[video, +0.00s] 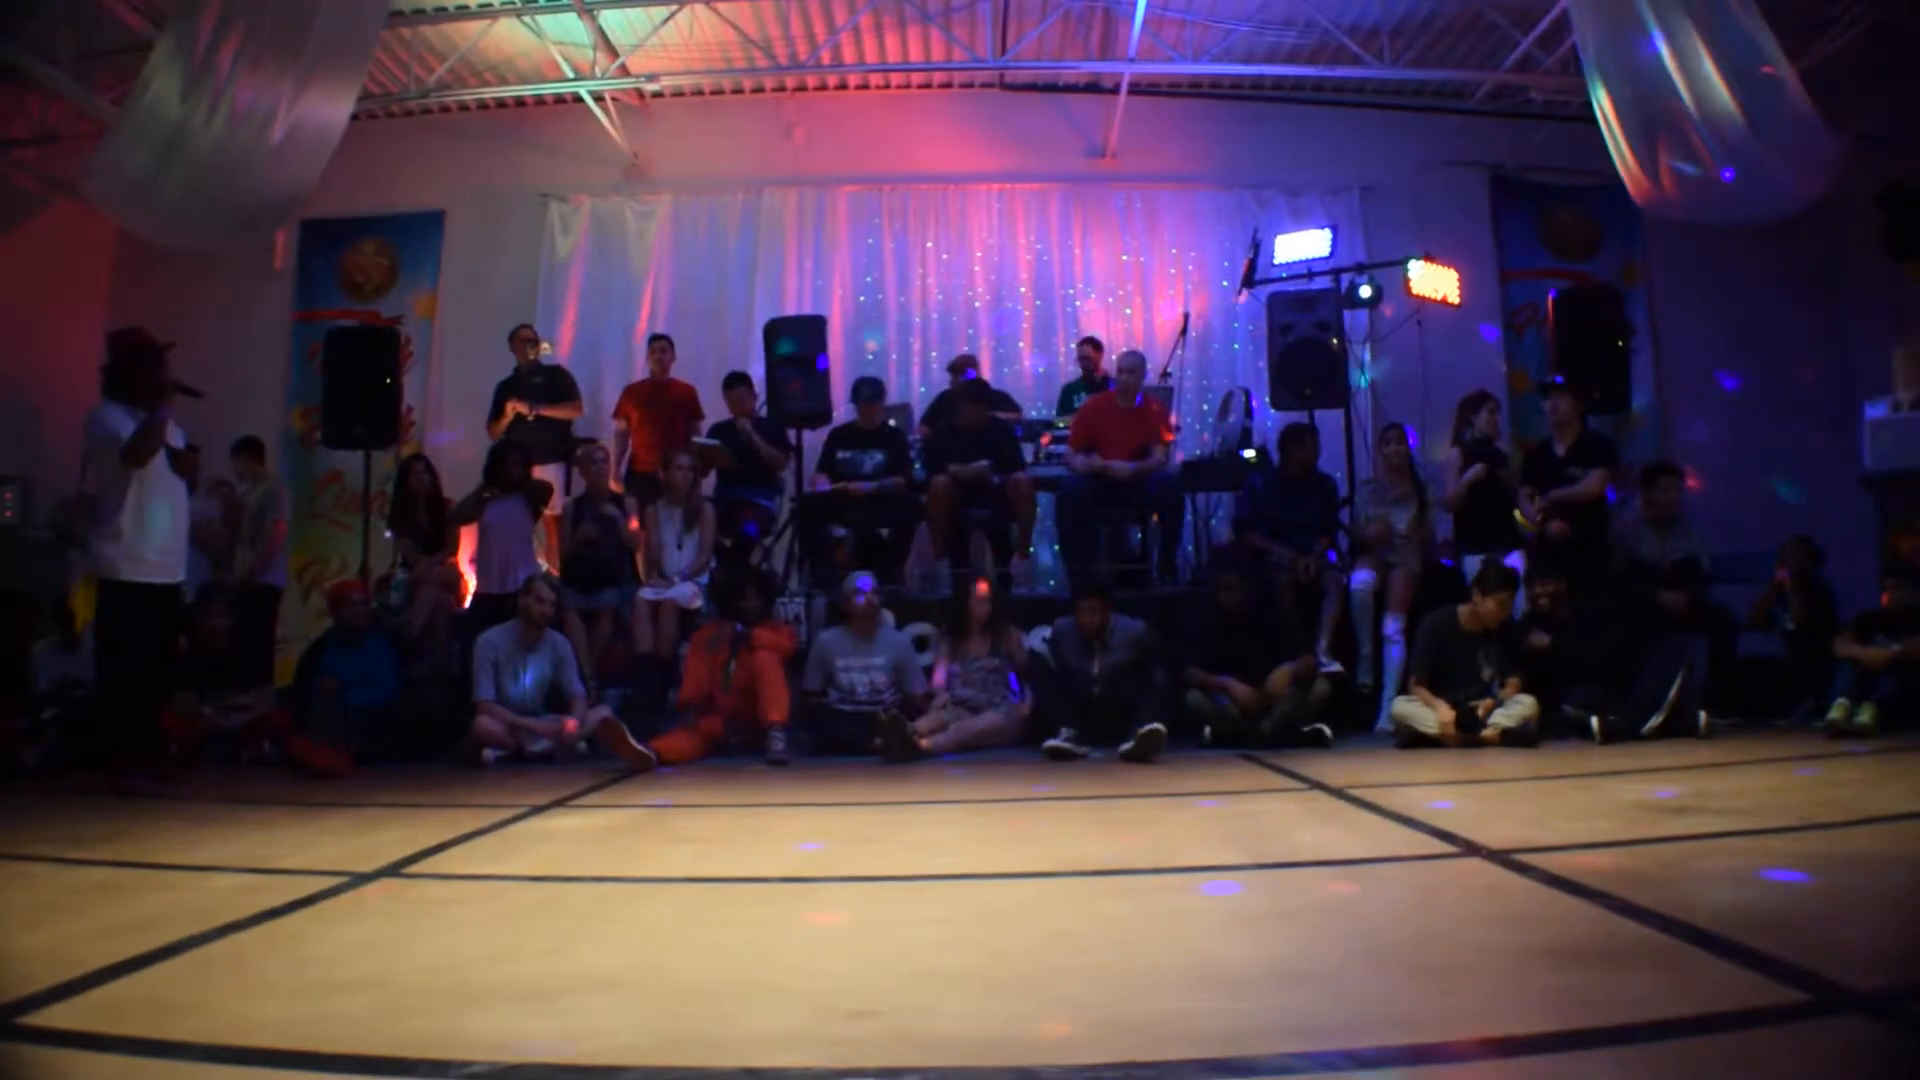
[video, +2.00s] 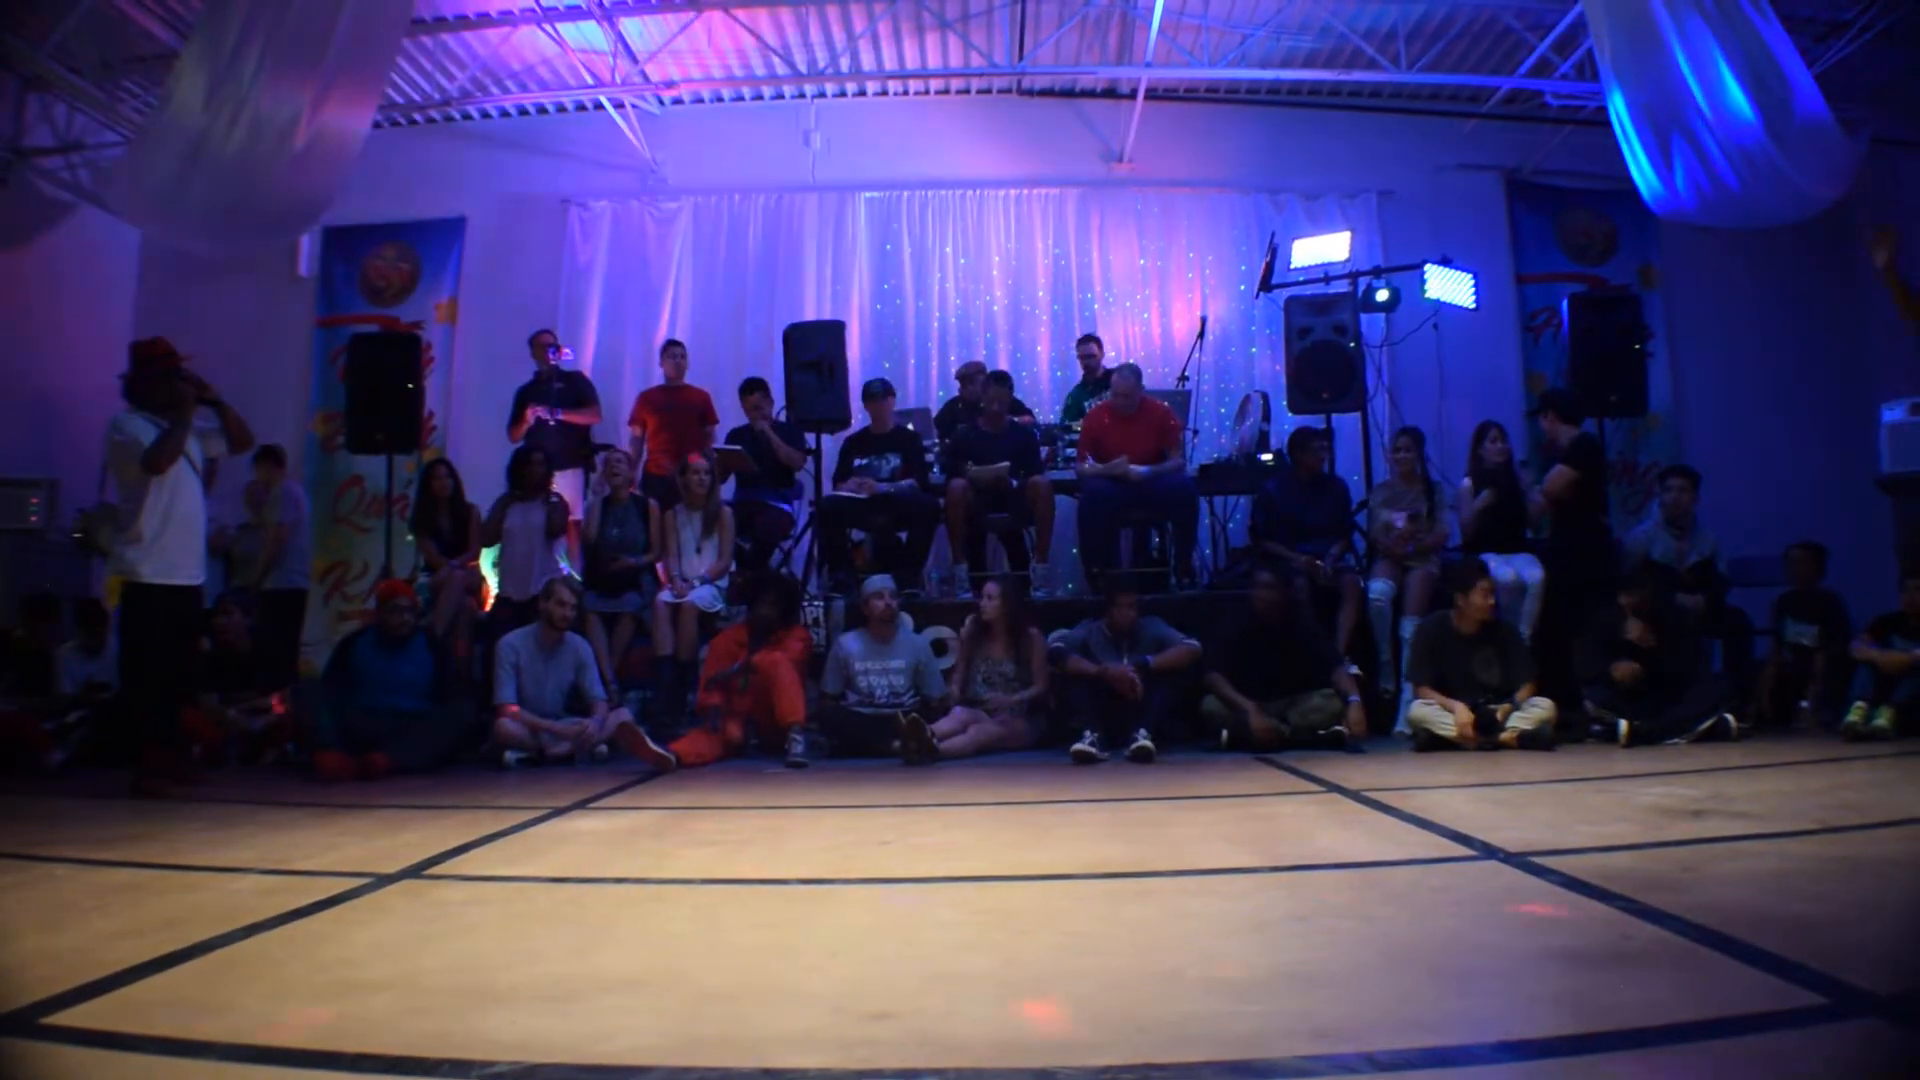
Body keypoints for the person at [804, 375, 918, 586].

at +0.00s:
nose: (868, 411)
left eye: (873, 404)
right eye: (863, 405)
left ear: (882, 405)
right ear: (855, 405)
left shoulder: (894, 436)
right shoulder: (838, 435)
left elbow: (903, 479)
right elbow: (820, 480)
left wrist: (870, 487)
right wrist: (842, 488)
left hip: (881, 501)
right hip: (844, 501)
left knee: (909, 506)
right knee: (809, 506)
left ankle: (890, 572)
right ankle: (821, 574)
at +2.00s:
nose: (879, 406)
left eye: (883, 400)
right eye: (873, 401)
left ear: (893, 401)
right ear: (866, 405)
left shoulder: (909, 438)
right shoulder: (853, 442)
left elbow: (919, 481)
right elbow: (838, 484)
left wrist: (882, 487)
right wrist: (852, 486)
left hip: (897, 502)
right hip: (860, 502)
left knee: (928, 507)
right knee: (827, 507)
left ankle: (909, 579)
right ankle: (841, 578)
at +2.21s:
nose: (883, 404)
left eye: (887, 398)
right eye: (876, 399)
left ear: (894, 401)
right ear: (867, 404)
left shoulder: (909, 438)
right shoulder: (853, 442)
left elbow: (920, 481)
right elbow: (837, 484)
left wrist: (882, 488)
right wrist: (848, 486)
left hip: (897, 502)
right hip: (860, 502)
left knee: (927, 508)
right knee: (827, 507)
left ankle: (908, 579)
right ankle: (842, 578)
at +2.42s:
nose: (887, 404)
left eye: (890, 398)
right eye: (880, 399)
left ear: (896, 401)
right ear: (869, 404)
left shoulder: (910, 438)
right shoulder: (853, 442)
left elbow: (919, 483)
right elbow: (838, 486)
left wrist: (883, 487)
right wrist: (855, 484)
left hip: (898, 502)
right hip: (861, 503)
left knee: (928, 508)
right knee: (827, 506)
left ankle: (908, 579)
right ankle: (841, 577)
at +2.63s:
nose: (890, 403)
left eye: (893, 397)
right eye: (884, 398)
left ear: (899, 401)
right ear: (872, 402)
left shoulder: (911, 438)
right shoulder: (855, 440)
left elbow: (918, 482)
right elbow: (837, 484)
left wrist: (877, 486)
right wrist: (851, 484)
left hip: (897, 501)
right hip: (860, 502)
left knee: (927, 508)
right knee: (828, 507)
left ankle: (908, 578)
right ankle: (840, 576)